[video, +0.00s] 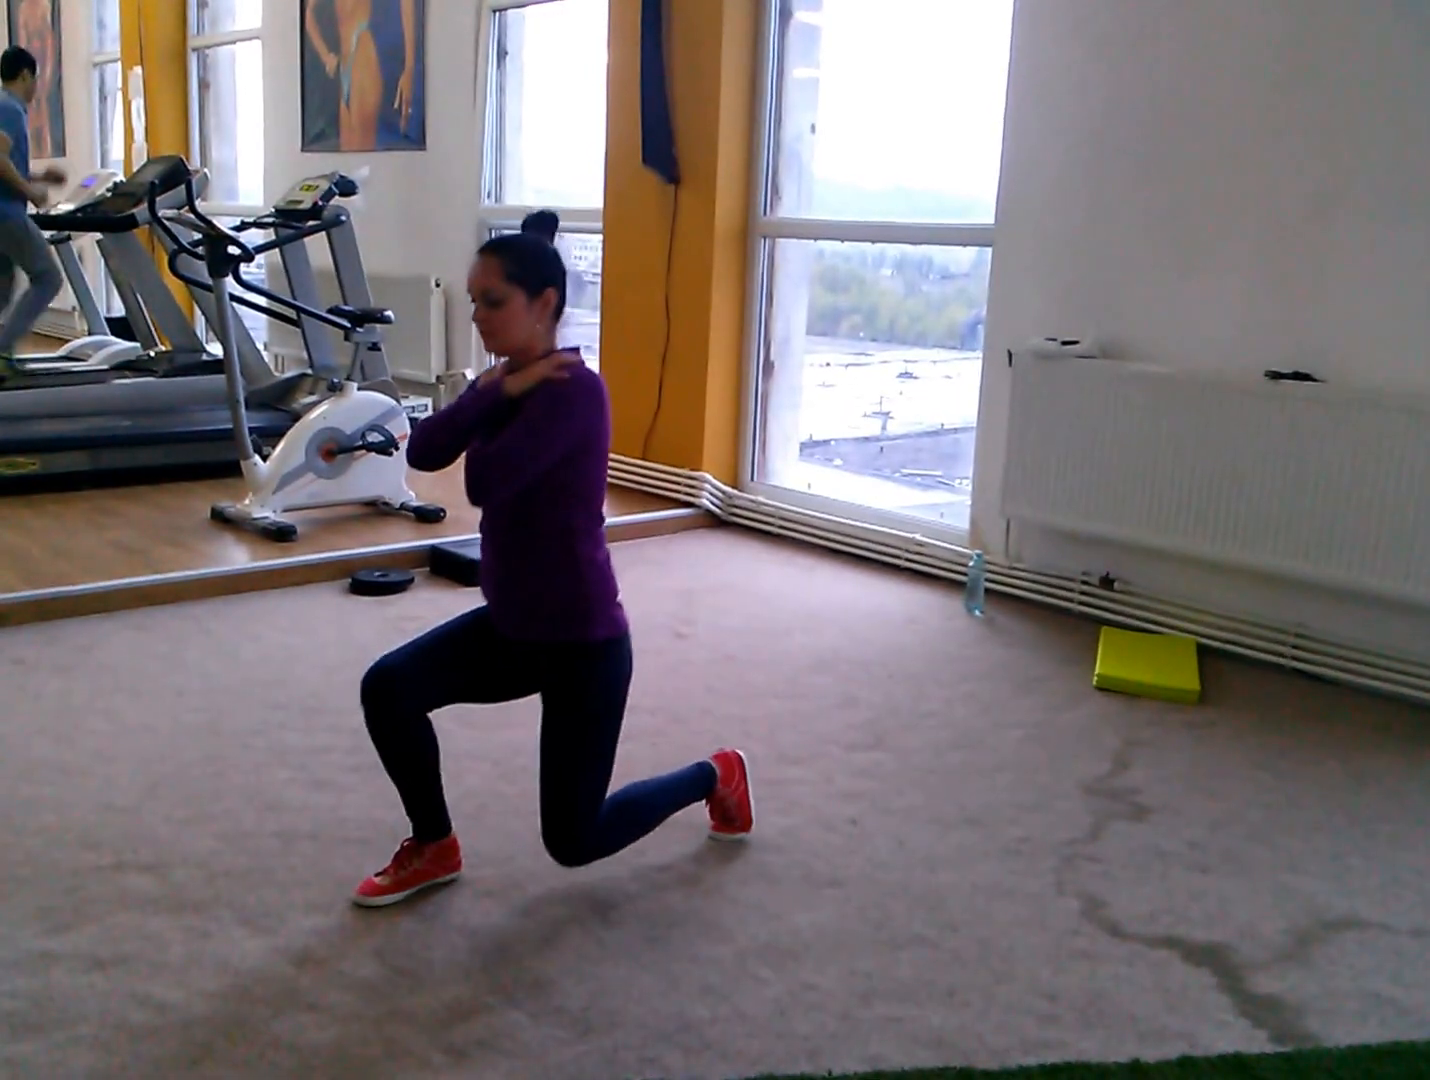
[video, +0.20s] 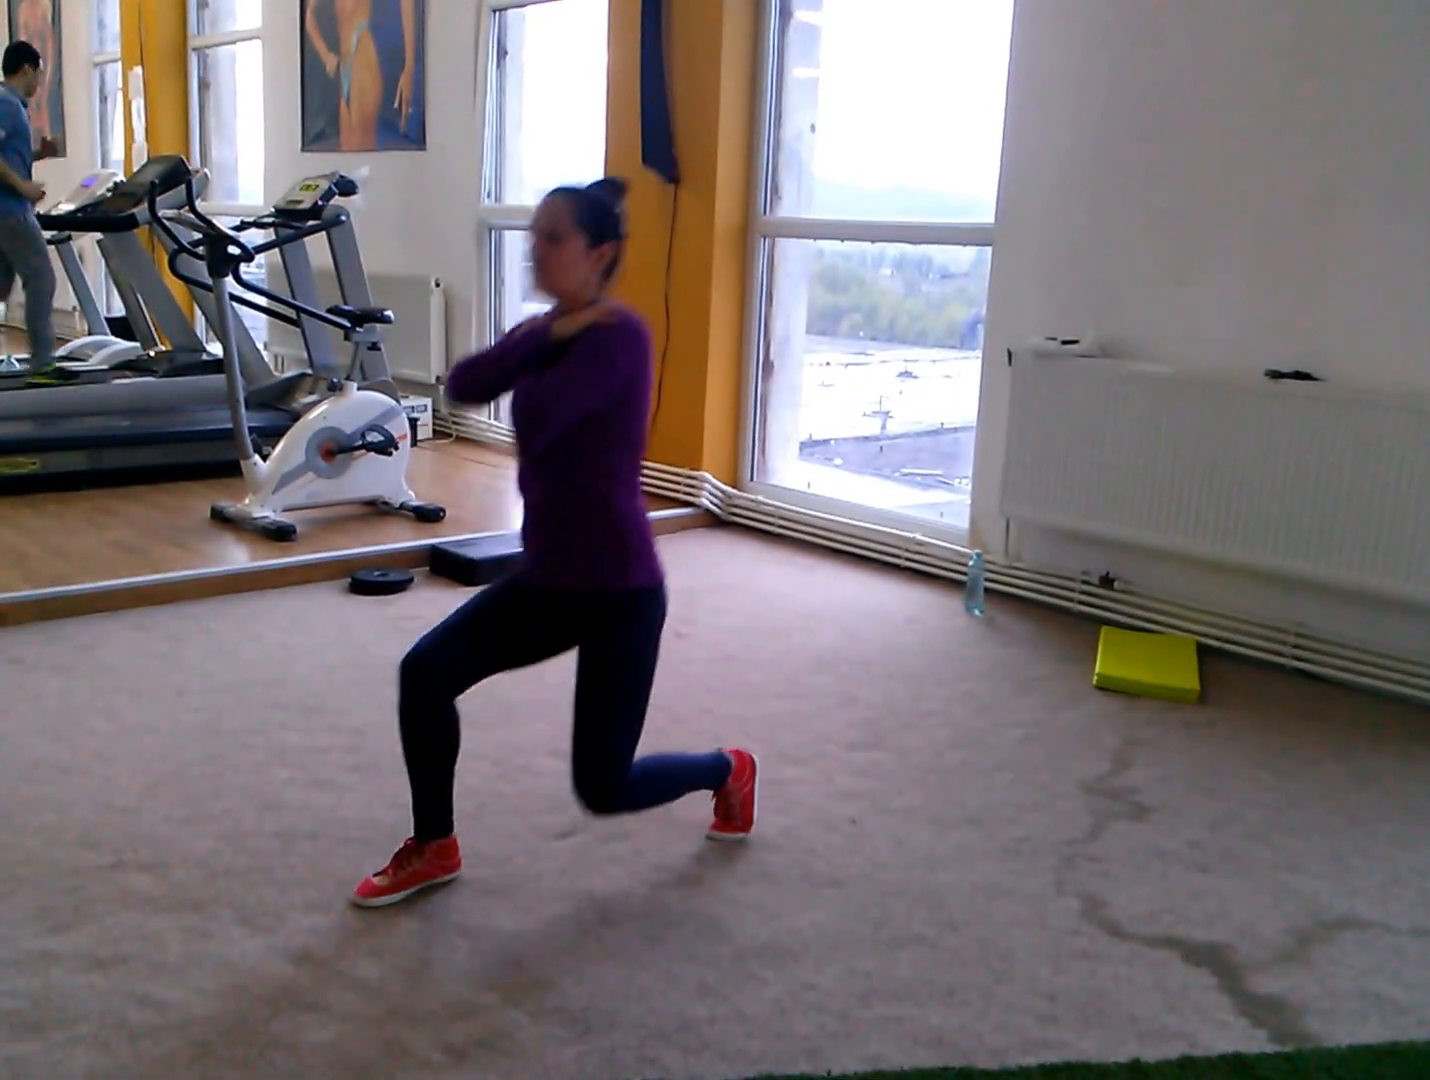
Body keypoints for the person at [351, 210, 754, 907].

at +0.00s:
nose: (478, 317)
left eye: (491, 301)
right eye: (475, 303)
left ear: (546, 304)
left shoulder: (576, 394)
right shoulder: (498, 386)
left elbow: (483, 486)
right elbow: (420, 453)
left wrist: (497, 401)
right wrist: (501, 386)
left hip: (584, 642)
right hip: (512, 628)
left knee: (572, 840)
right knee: (388, 689)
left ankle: (715, 777)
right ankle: (433, 844)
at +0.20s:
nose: (536, 254)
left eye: (553, 242)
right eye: (534, 240)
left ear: (602, 252)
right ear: (539, 249)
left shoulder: (621, 339)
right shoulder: (541, 335)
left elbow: (535, 427)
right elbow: (462, 386)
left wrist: (527, 355)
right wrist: (550, 335)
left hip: (621, 590)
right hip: (548, 579)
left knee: (602, 787)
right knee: (426, 672)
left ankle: (726, 771)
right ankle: (433, 843)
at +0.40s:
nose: (633, 183)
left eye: (648, 169)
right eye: (630, 170)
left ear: (698, 178)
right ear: (634, 178)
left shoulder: (720, 260)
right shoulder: (638, 259)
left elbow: (644, 332)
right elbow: (563, 297)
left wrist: (617, 273)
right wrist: (653, 253)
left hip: (694, 508)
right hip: (618, 500)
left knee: (658, 699)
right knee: (511, 643)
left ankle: (749, 771)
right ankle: (437, 811)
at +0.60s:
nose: (707, 149)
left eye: (722, 136)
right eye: (703, 136)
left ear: (771, 143)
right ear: (710, 142)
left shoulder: (791, 227)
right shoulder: (719, 224)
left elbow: (704, 298)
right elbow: (631, 260)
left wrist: (693, 245)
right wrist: (727, 217)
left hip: (763, 478)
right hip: (697, 470)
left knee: (715, 650)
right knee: (600, 597)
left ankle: (762, 787)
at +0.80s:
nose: (759, 151)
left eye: (775, 139)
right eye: (756, 138)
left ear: (820, 145)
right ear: (759, 142)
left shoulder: (841, 230)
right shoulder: (762, 226)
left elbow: (760, 293)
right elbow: (686, 259)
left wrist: (746, 238)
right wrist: (774, 221)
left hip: (813, 467)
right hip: (751, 462)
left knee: (740, 632)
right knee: (755, 618)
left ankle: (762, 786)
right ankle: (871, 649)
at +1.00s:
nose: (801, 198)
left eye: (817, 185)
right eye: (798, 184)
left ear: (861, 195)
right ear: (799, 190)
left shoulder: (878, 275)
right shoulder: (798, 263)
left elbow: (809, 347)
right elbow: (730, 309)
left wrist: (784, 280)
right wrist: (817, 262)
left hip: (868, 494)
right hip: (814, 491)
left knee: (767, 625)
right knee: (877, 612)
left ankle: (764, 785)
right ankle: (948, 676)